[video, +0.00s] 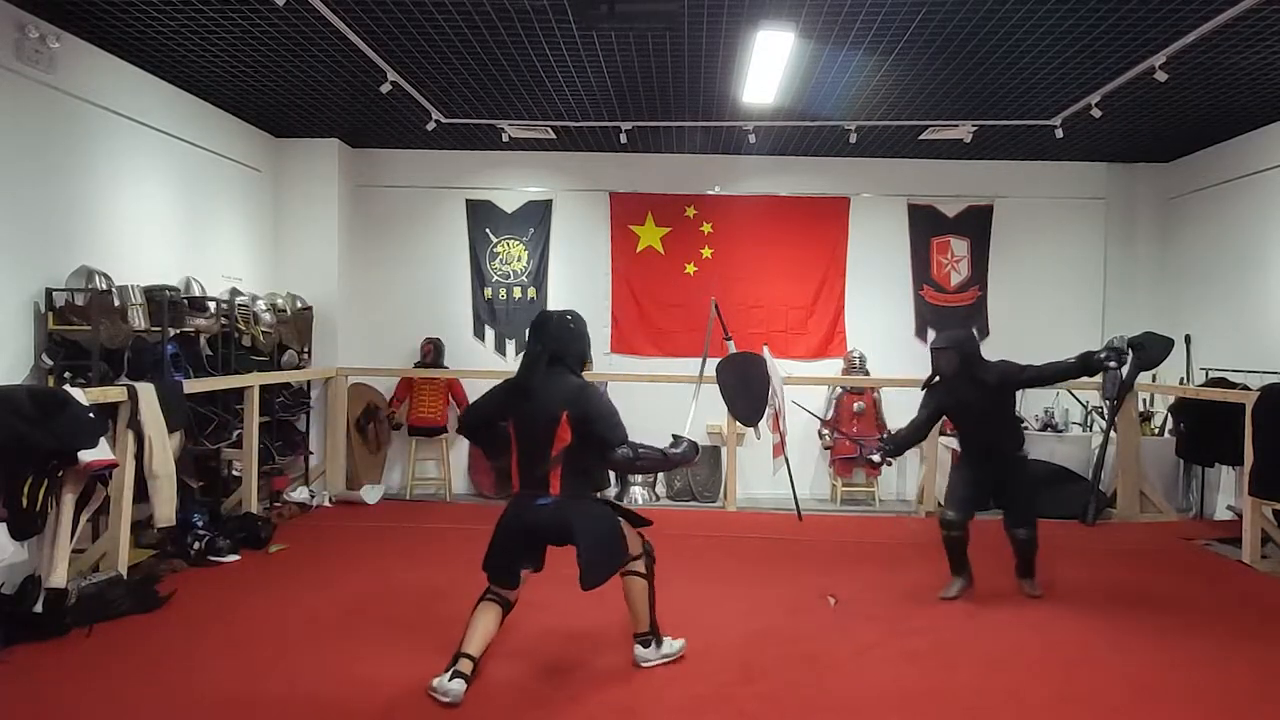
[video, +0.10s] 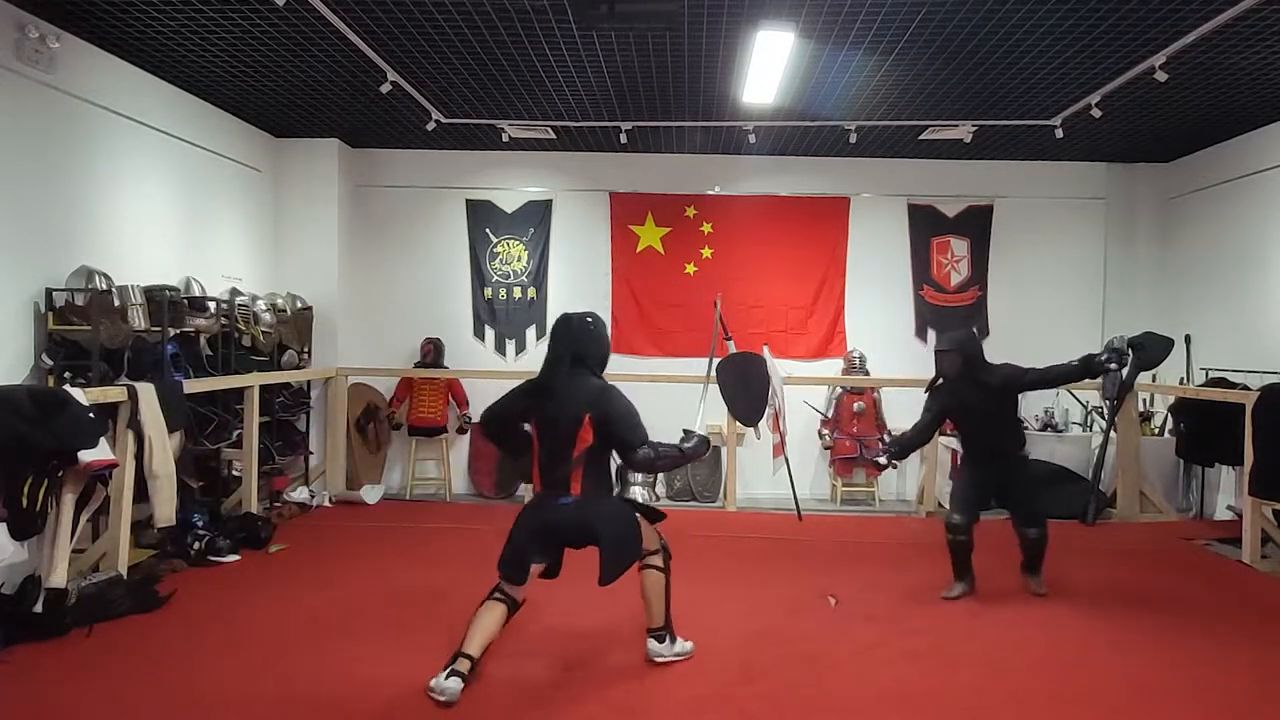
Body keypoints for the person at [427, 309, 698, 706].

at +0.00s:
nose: (588, 350)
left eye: (585, 342)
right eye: (584, 343)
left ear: (538, 346)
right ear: (574, 347)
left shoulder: (516, 387)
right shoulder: (582, 392)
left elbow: (470, 421)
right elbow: (618, 442)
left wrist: (502, 454)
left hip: (523, 510)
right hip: (577, 510)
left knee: (500, 590)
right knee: (636, 547)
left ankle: (458, 673)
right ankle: (647, 642)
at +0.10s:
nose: (608, 351)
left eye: (605, 343)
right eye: (604, 343)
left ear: (557, 347)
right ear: (596, 349)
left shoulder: (535, 389)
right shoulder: (605, 396)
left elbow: (492, 423)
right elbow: (639, 457)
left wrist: (533, 453)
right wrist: (687, 451)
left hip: (544, 510)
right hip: (596, 511)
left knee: (507, 590)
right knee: (652, 544)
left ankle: (456, 671)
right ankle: (660, 638)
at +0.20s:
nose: (643, 351)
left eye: (640, 343)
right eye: (640, 344)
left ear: (595, 346)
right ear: (634, 350)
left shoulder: (567, 387)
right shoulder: (642, 394)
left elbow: (526, 415)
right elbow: (678, 451)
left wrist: (559, 446)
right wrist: (715, 441)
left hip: (567, 508)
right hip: (625, 508)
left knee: (531, 583)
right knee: (677, 548)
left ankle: (468, 655)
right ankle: (695, 634)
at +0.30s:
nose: (675, 354)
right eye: (673, 347)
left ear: (628, 351)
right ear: (668, 354)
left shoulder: (608, 389)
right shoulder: (678, 395)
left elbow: (562, 410)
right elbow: (728, 436)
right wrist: (773, 441)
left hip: (602, 505)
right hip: (654, 506)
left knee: (562, 574)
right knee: (699, 550)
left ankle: (519, 643)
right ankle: (696, 636)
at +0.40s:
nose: (688, 361)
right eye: (686, 355)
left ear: (644, 357)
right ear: (685, 358)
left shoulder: (625, 393)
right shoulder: (700, 394)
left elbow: (582, 417)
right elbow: (755, 416)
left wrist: (613, 451)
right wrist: (803, 424)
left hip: (631, 506)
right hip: (682, 506)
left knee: (597, 571)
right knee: (723, 549)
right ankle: (702, 630)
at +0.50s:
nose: (709, 363)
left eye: (703, 358)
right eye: (705, 359)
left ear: (663, 366)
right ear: (701, 365)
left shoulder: (645, 405)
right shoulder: (717, 400)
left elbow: (605, 434)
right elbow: (767, 428)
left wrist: (641, 467)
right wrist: (812, 427)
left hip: (665, 516)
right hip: (715, 512)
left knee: (619, 578)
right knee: (756, 532)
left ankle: (583, 650)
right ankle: (741, 613)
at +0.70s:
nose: (785, 378)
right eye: (783, 373)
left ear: (746, 377)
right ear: (780, 377)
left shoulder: (728, 408)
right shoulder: (795, 414)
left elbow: (685, 432)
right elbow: (835, 462)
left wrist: (715, 470)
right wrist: (874, 436)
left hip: (733, 517)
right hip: (784, 515)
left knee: (691, 581)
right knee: (817, 536)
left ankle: (638, 632)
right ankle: (834, 616)